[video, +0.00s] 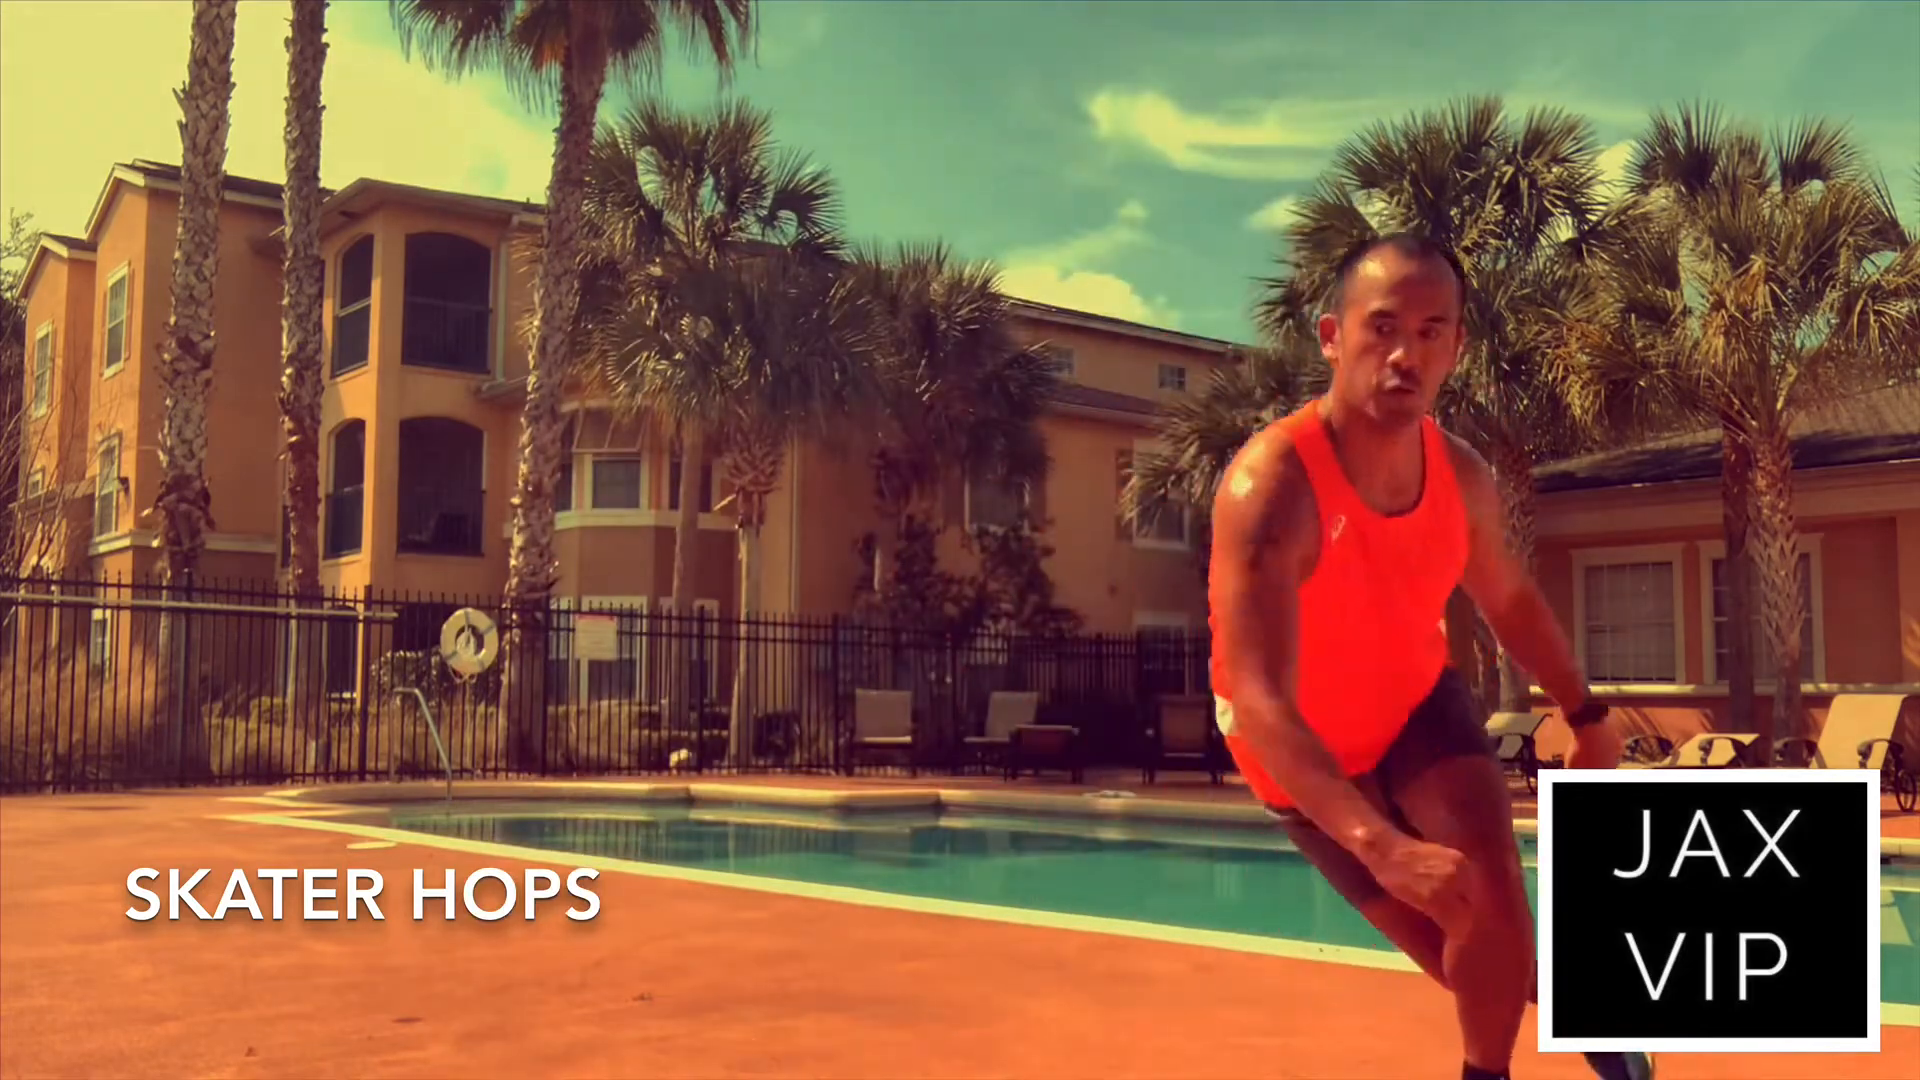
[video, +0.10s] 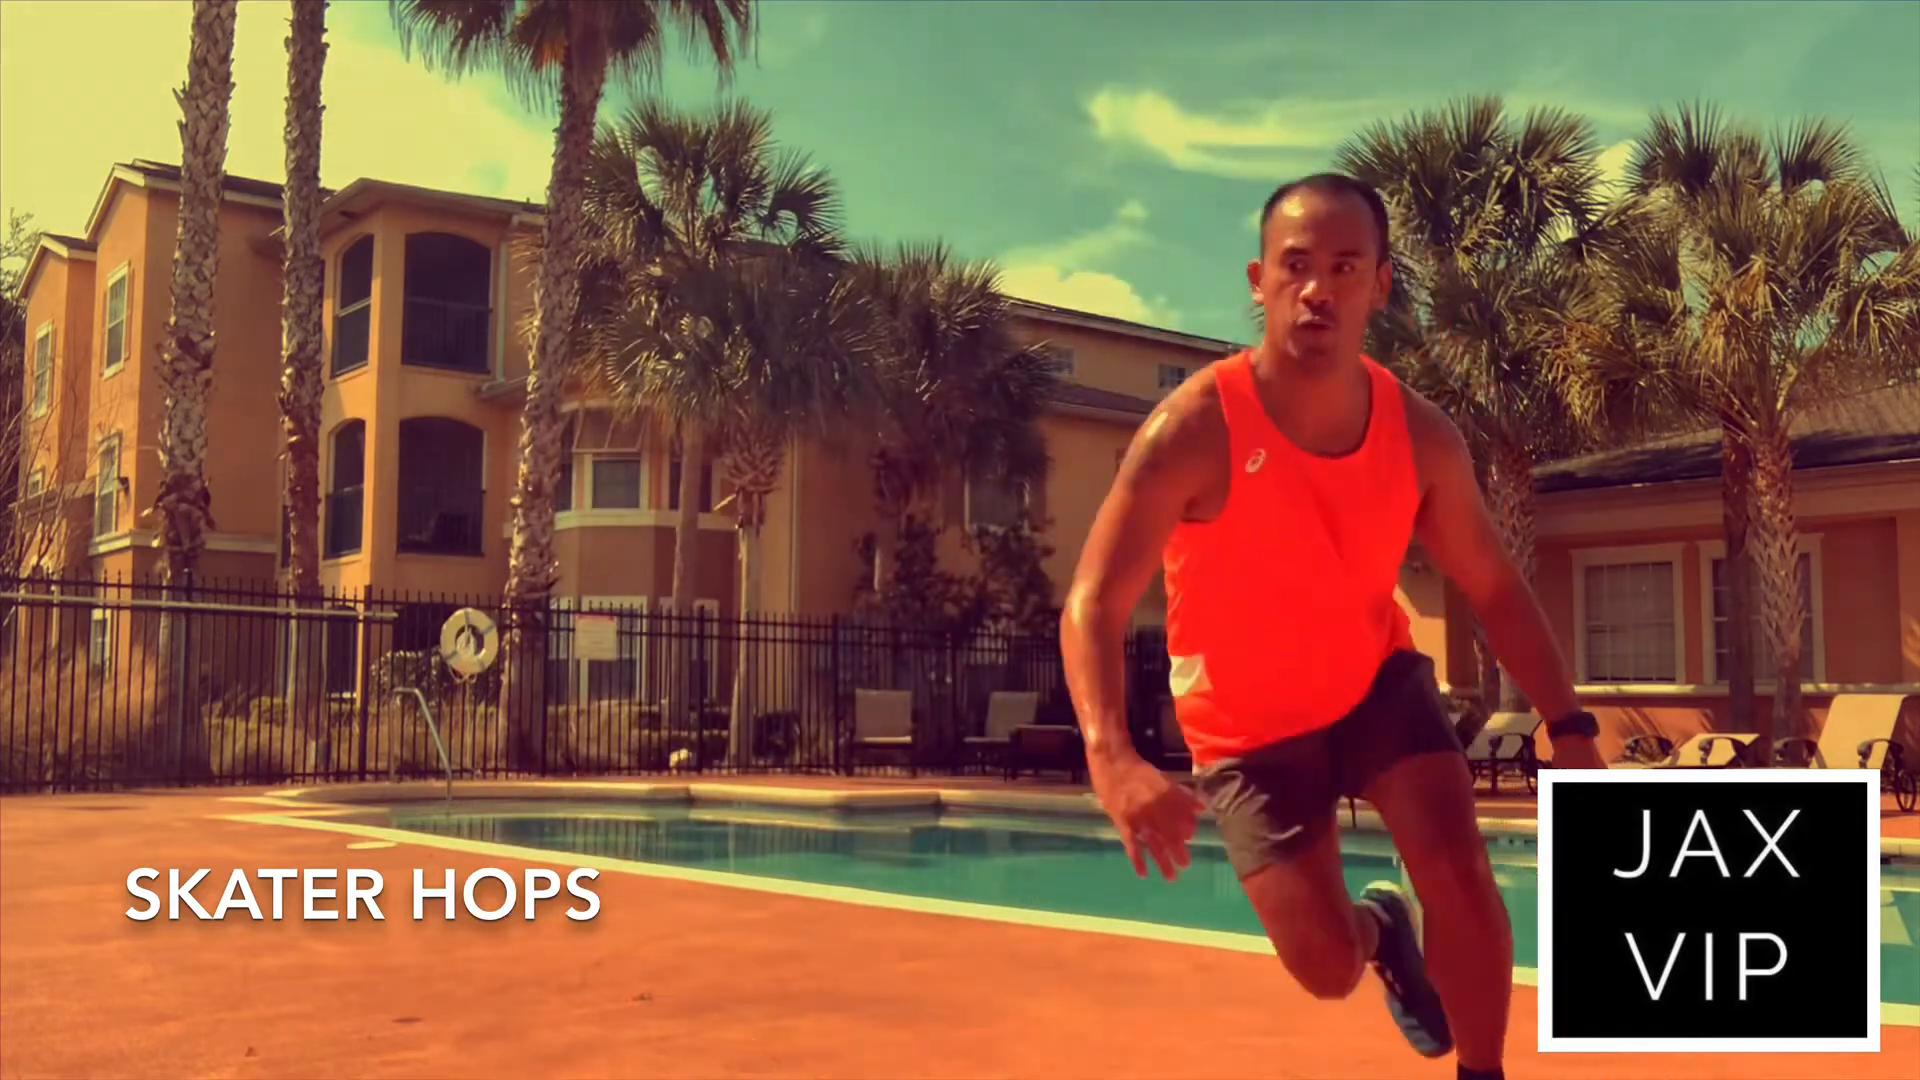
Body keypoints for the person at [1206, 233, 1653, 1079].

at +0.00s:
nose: (1406, 356)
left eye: (1430, 332)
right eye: (1381, 327)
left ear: (1457, 351)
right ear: (1331, 337)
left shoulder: (1461, 481)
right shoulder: (1268, 483)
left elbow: (1512, 603)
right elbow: (1255, 701)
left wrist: (1585, 712)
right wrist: (1378, 846)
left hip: (1415, 704)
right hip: (1300, 752)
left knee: (1491, 903)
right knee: (1452, 960)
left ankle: (1487, 1073)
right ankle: (1593, 1013)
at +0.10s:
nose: (1317, 287)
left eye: (1343, 265)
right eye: (1295, 264)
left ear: (1379, 287)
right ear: (1259, 284)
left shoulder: (1419, 438)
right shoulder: (1192, 429)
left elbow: (1493, 589)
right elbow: (1092, 606)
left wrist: (1567, 720)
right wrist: (1112, 758)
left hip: (1373, 676)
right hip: (1240, 720)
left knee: (1457, 866)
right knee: (1324, 970)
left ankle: (1483, 1071)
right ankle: (1380, 926)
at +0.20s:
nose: (1181, 236)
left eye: (1208, 213)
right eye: (1161, 214)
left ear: (1253, 230)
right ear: (1134, 231)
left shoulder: (1317, 354)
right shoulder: (1080, 362)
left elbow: (1448, 459)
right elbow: (901, 450)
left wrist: (1447, 551)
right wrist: (840, 592)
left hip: (1312, 655)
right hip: (1154, 663)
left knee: (1427, 863)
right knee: (1080, 867)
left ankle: (1483, 1069)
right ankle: (1135, 908)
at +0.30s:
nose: (1030, 174)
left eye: (1057, 152)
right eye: (1012, 149)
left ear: (1107, 155)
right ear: (988, 146)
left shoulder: (1174, 265)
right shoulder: (943, 268)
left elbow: (1312, 319)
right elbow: (775, 355)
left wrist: (1329, 431)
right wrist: (678, 494)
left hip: (1191, 603)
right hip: (1022, 595)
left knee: (1330, 813)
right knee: (856, 743)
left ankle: (1476, 1046)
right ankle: (857, 929)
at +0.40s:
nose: (875, 148)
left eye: (902, 124)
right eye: (861, 122)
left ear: (968, 122)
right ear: (845, 118)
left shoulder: (1041, 249)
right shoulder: (811, 249)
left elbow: (1194, 348)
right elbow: (680, 368)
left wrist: (1243, 459)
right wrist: (590, 510)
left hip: (1039, 572)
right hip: (868, 574)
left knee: (1189, 766)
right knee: (718, 763)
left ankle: (1319, 949)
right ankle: (601, 983)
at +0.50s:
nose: (739, 182)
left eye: (767, 156)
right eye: (726, 156)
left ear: (834, 159)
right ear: (710, 155)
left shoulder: (908, 296)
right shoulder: (669, 294)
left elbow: (1036, 432)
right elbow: (576, 434)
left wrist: (1091, 558)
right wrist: (504, 572)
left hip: (885, 599)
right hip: (726, 606)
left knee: (1042, 808)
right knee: (613, 834)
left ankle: (1040, 844)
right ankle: (480, 1063)